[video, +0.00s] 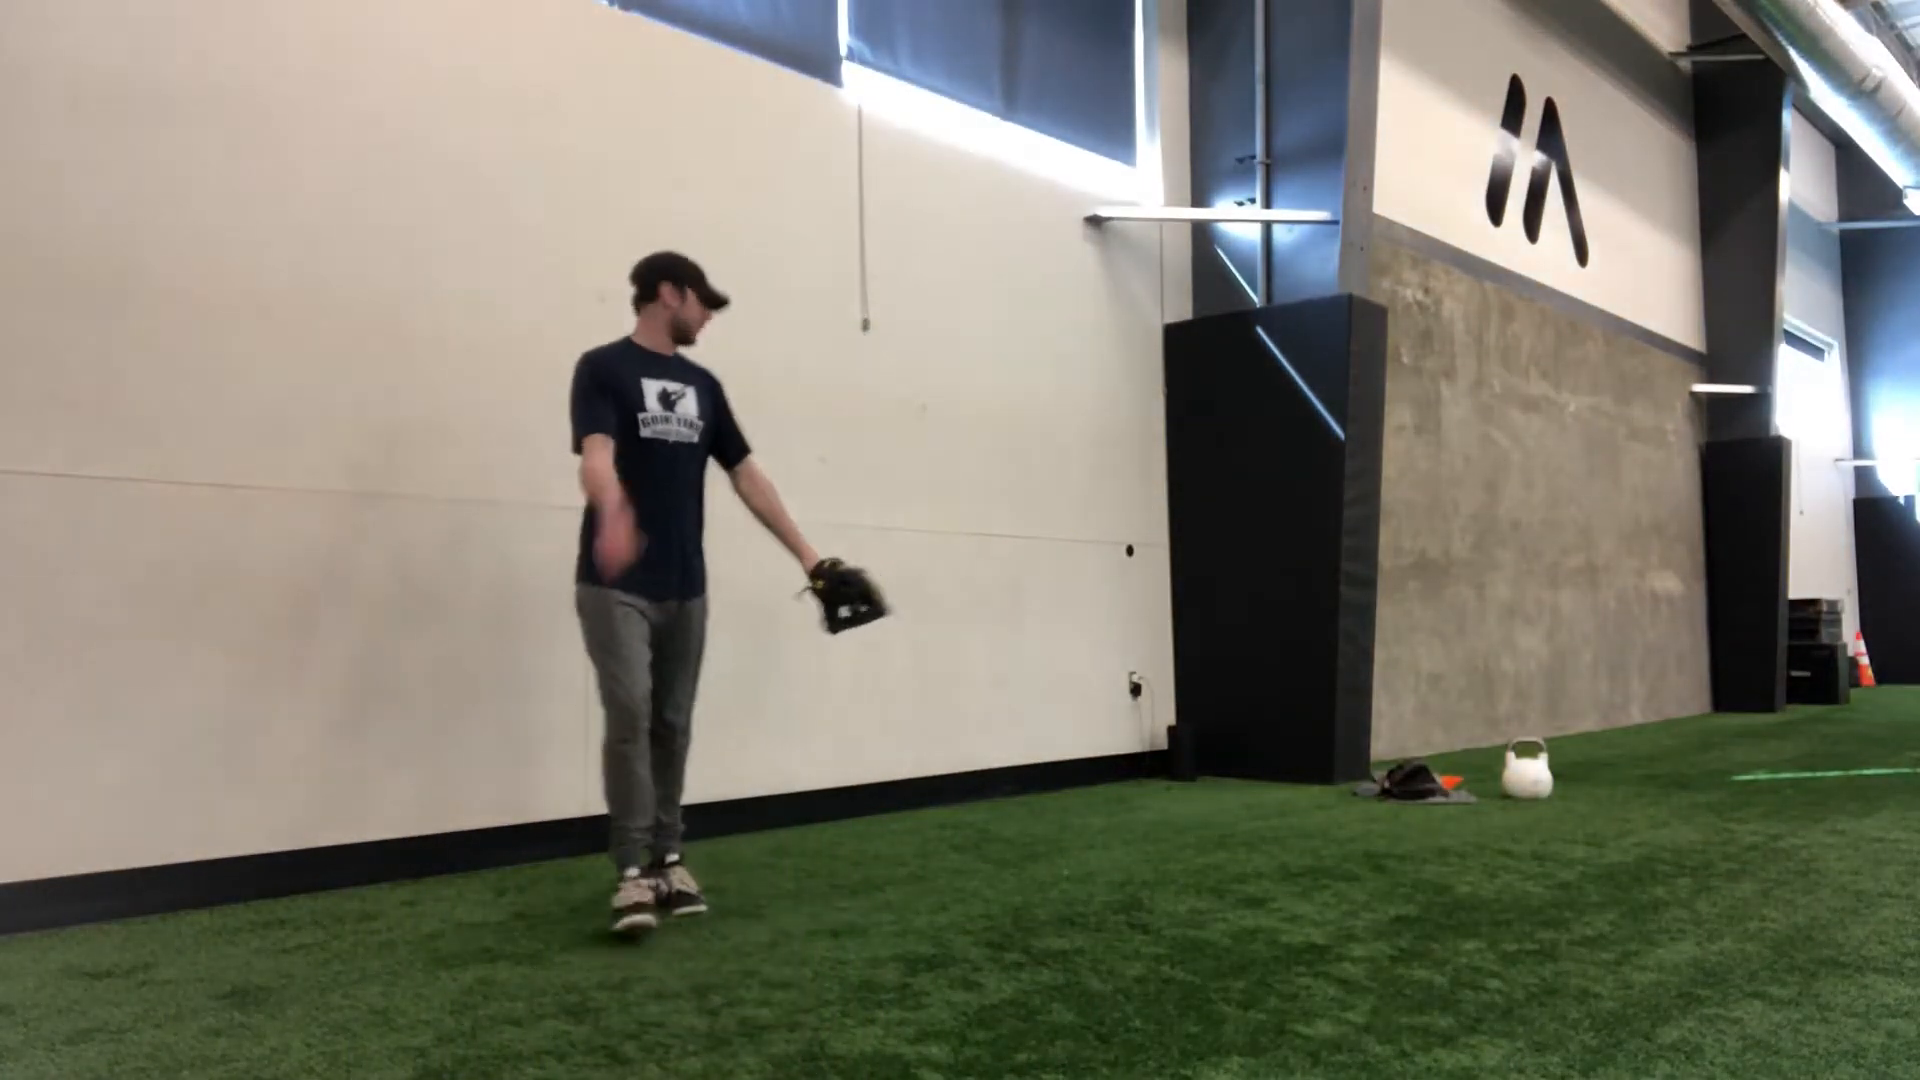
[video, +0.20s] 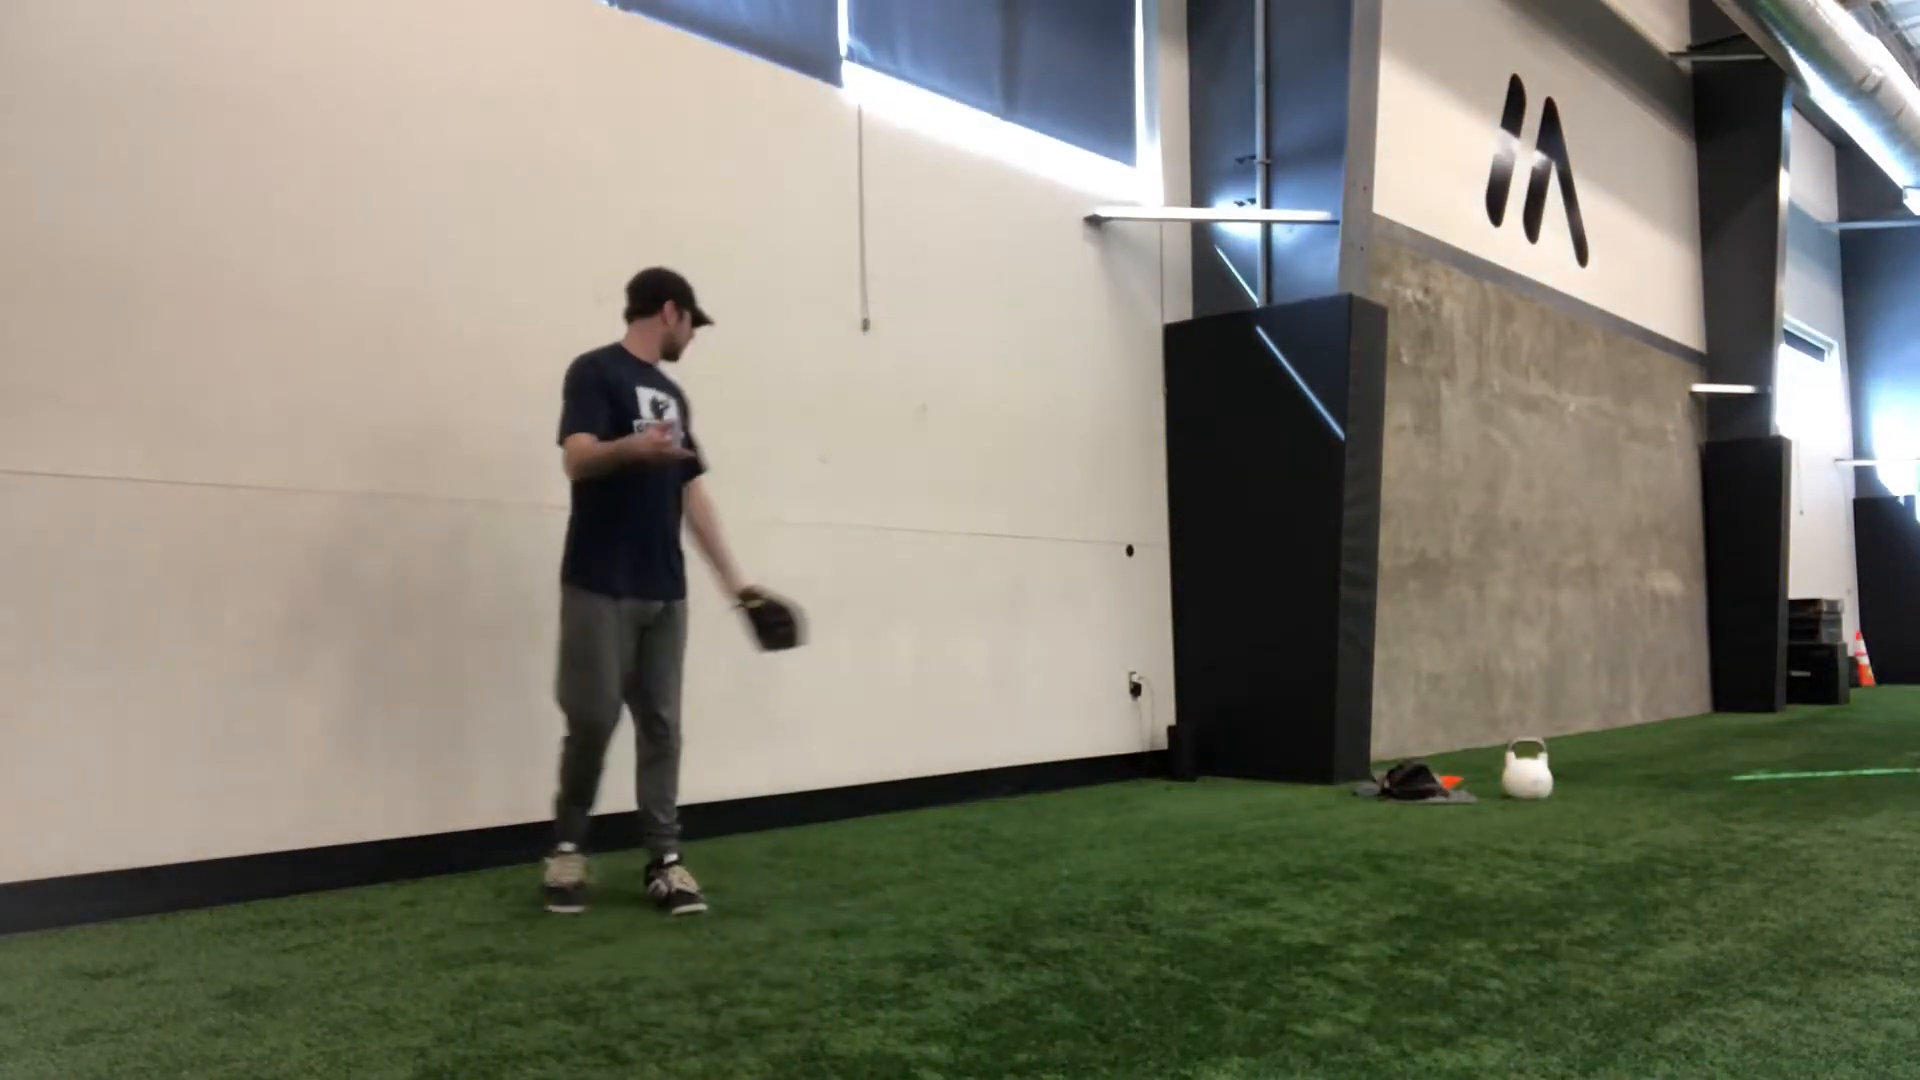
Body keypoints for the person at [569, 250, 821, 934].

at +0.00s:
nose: (708, 316)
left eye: (708, 305)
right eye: (702, 303)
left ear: (673, 299)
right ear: (666, 295)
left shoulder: (701, 385)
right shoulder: (602, 368)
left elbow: (748, 476)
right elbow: (595, 459)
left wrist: (809, 556)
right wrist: (614, 509)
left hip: (682, 582)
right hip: (616, 580)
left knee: (671, 723)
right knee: (630, 716)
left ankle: (666, 861)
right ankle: (633, 871)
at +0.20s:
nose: (693, 334)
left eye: (694, 323)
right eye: (691, 322)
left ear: (660, 314)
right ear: (668, 312)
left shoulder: (671, 396)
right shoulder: (593, 371)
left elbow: (692, 495)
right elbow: (576, 457)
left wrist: (736, 584)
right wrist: (637, 448)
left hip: (662, 583)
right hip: (598, 581)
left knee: (661, 724)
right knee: (592, 719)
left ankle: (665, 861)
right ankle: (567, 848)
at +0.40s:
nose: (670, 348)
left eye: (671, 337)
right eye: (668, 336)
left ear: (636, 327)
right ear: (648, 327)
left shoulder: (641, 402)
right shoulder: (572, 387)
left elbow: (632, 511)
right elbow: (533, 474)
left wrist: (653, 601)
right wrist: (601, 501)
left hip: (635, 593)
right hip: (571, 591)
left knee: (646, 721)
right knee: (556, 724)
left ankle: (664, 857)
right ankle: (543, 856)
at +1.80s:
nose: (630, 389)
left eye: (633, 380)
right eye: (617, 380)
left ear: (639, 388)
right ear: (587, 388)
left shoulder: (649, 457)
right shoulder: (544, 444)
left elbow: (650, 511)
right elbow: (466, 480)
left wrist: (638, 549)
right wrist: (506, 551)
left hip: (594, 602)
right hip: (530, 594)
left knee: (615, 709)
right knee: (536, 683)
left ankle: (594, 836)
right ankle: (500, 818)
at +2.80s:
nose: (723, 424)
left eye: (728, 412)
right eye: (709, 411)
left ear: (733, 418)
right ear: (674, 417)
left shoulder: (724, 498)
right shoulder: (619, 472)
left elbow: (720, 582)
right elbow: (516, 508)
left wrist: (731, 602)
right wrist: (541, 600)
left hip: (635, 612)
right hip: (574, 601)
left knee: (669, 739)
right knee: (617, 700)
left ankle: (623, 861)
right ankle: (581, 870)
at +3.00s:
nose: (752, 453)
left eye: (756, 440)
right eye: (739, 441)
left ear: (757, 441)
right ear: (701, 441)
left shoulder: (752, 512)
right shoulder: (647, 502)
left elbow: (762, 601)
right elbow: (541, 578)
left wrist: (771, 647)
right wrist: (611, 649)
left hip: (660, 631)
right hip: (596, 631)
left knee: (740, 700)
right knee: (653, 732)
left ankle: (603, 775)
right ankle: (622, 915)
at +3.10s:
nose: (768, 483)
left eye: (773, 470)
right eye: (756, 470)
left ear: (776, 468)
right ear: (716, 468)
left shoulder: (773, 530)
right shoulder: (662, 526)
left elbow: (782, 630)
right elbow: (594, 634)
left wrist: (792, 678)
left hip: (676, 634)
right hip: (607, 636)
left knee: (770, 680)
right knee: (668, 732)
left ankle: (628, 775)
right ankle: (622, 914)